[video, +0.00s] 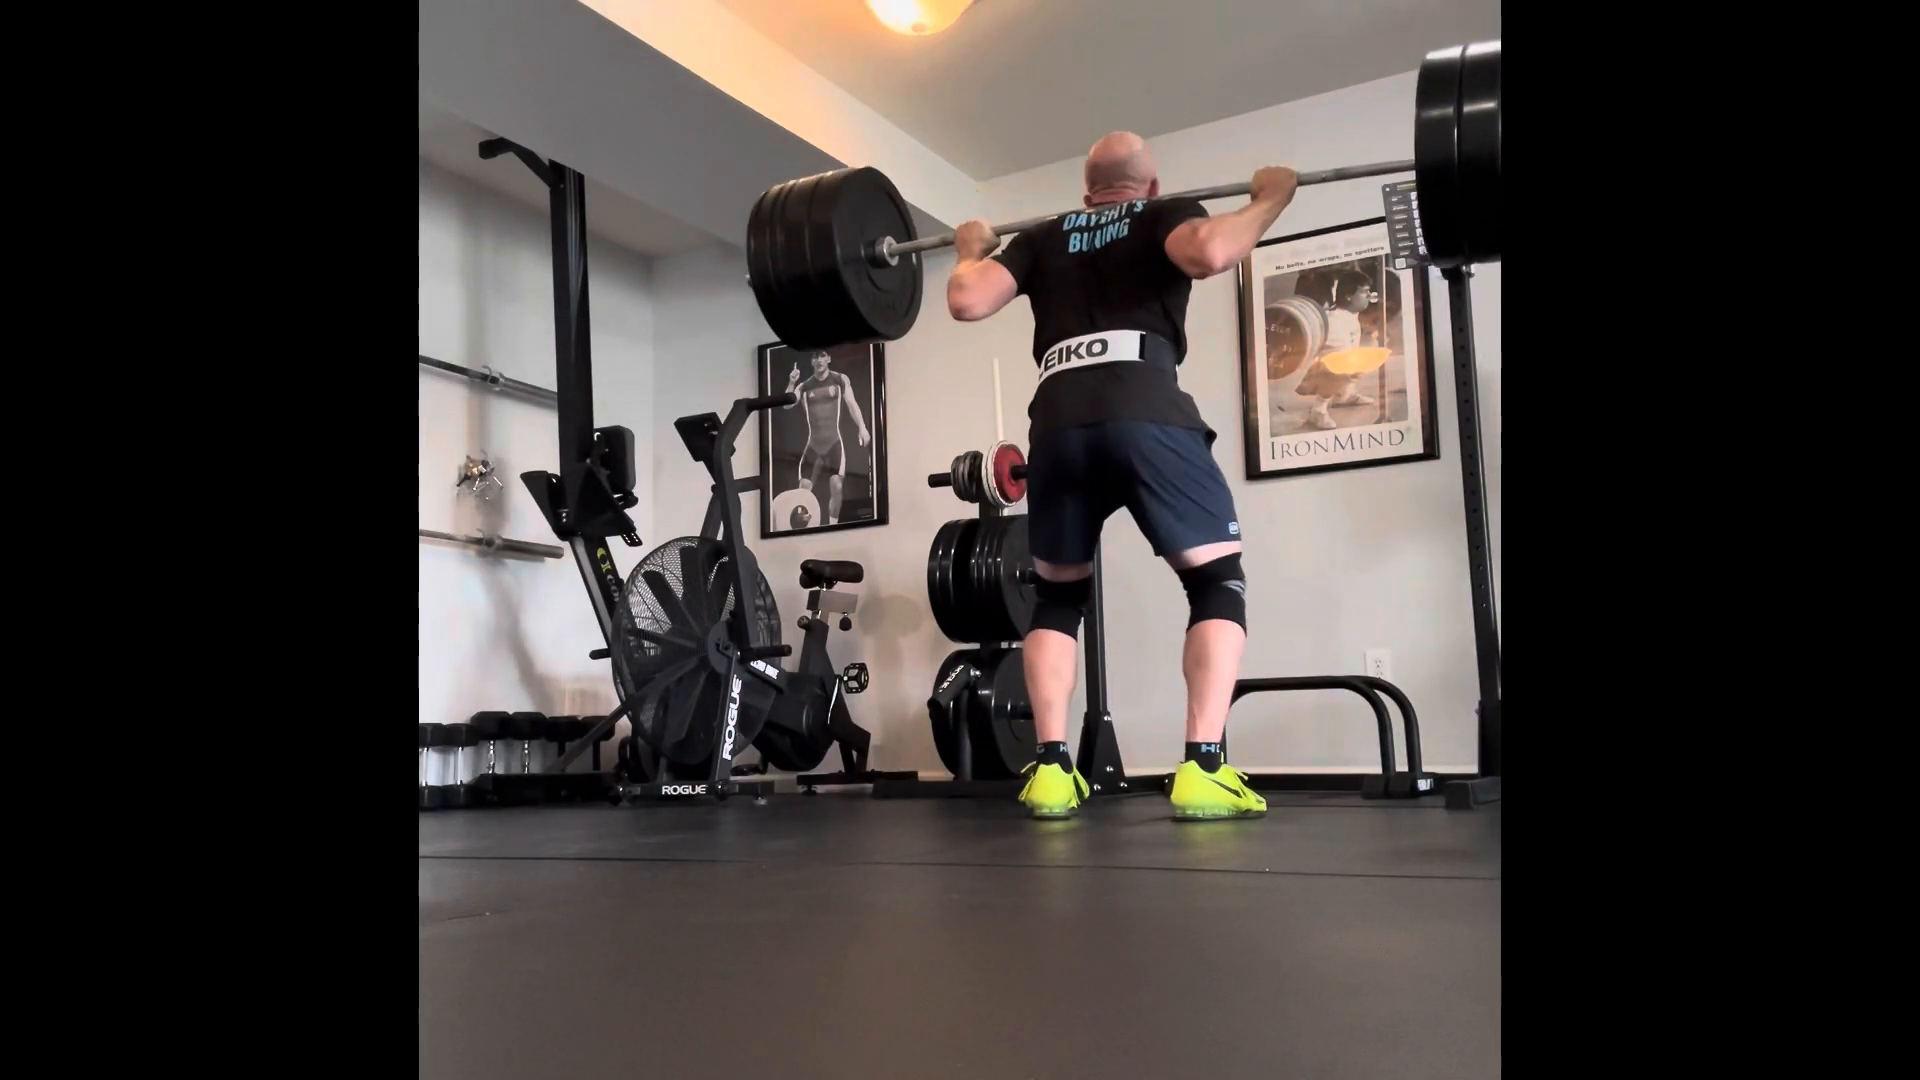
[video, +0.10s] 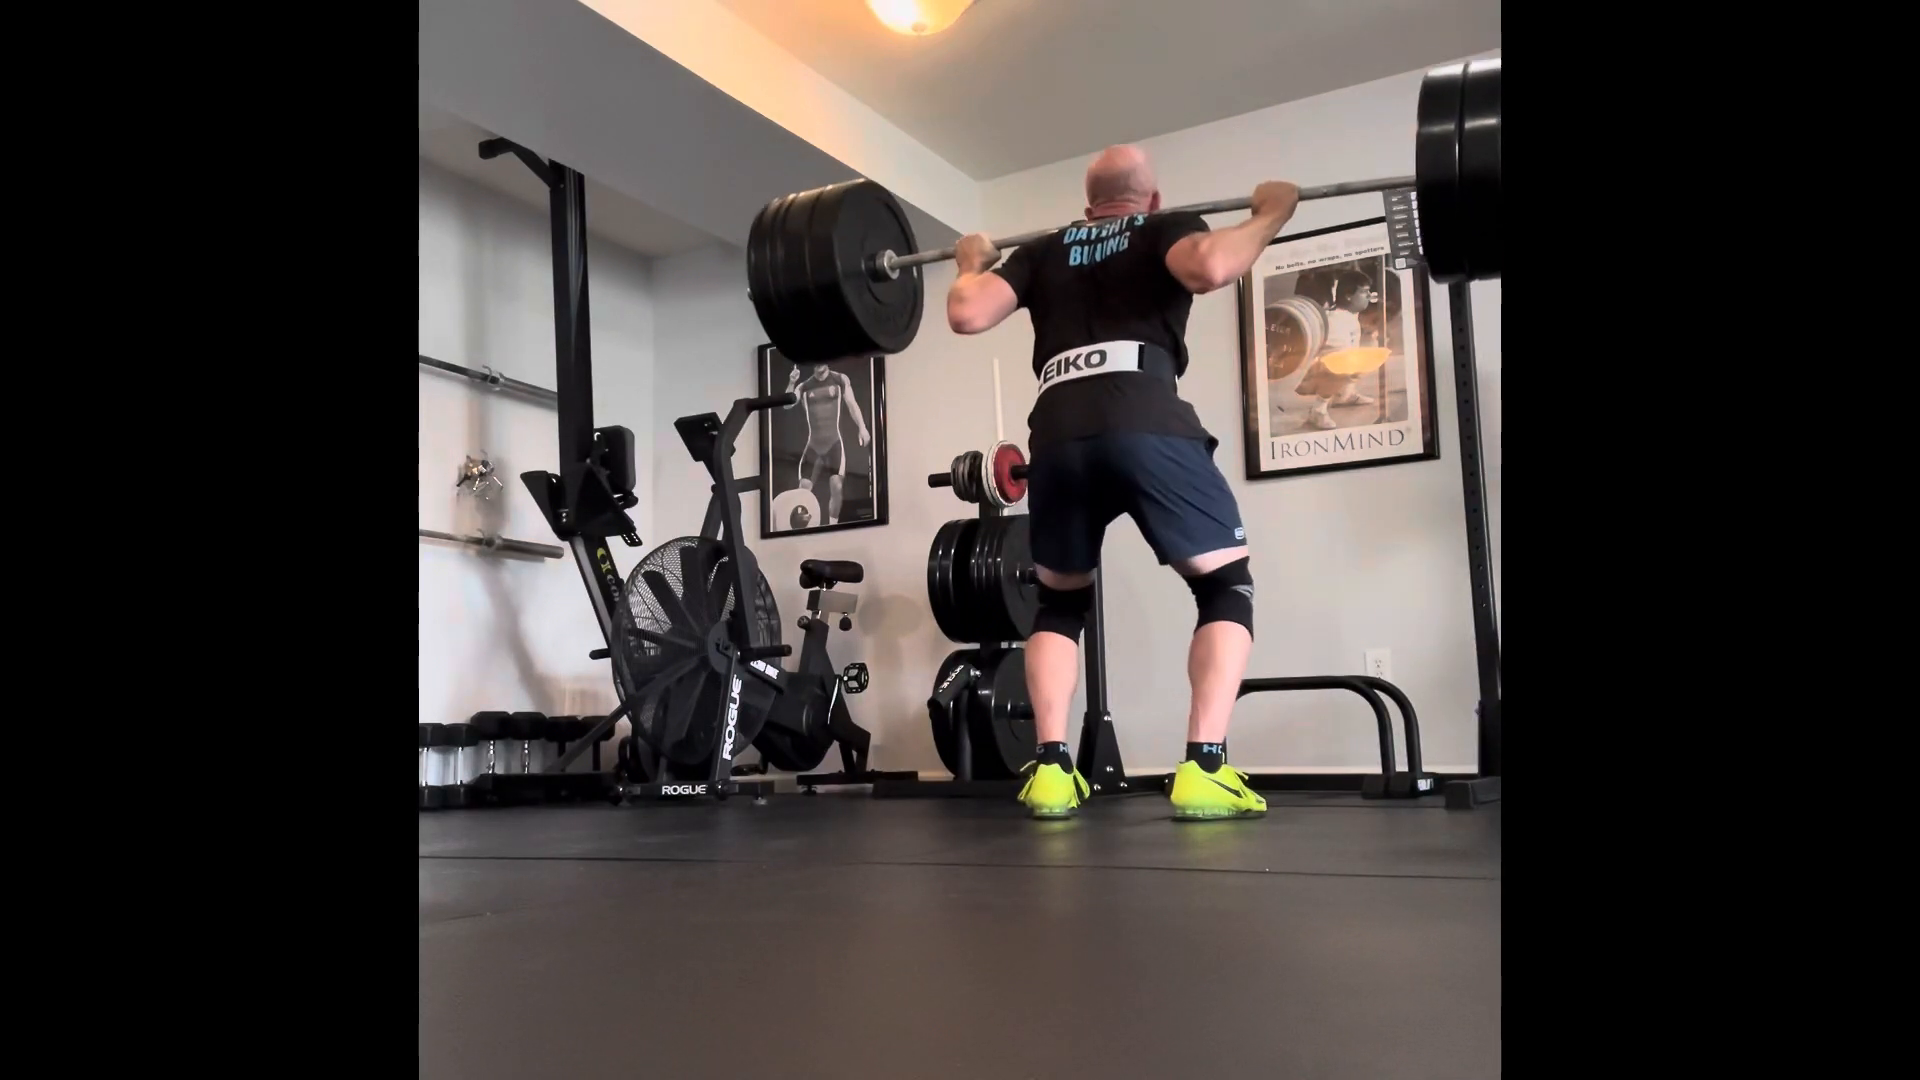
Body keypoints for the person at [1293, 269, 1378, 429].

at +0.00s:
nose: (1369, 296)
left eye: (1368, 292)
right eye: (1364, 292)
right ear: (1348, 296)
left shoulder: (1353, 317)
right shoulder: (1336, 319)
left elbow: (1352, 351)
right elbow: (1334, 356)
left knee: (1358, 363)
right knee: (1339, 368)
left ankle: (1345, 394)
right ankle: (1318, 409)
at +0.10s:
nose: (1369, 296)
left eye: (1368, 292)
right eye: (1364, 292)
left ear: (1350, 297)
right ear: (1348, 296)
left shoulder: (1353, 317)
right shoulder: (1337, 318)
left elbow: (1352, 350)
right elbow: (1334, 355)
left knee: (1358, 363)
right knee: (1340, 368)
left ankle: (1345, 394)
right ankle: (1318, 409)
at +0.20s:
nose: (1369, 296)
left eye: (1368, 292)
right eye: (1364, 292)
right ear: (1348, 296)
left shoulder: (1353, 317)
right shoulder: (1337, 318)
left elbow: (1352, 350)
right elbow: (1336, 355)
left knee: (1359, 363)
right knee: (1340, 369)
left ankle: (1345, 394)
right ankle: (1318, 409)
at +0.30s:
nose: (1369, 296)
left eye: (1368, 292)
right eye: (1364, 292)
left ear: (1349, 297)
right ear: (1348, 296)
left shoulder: (1353, 317)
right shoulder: (1336, 319)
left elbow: (1352, 350)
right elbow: (1332, 355)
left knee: (1358, 364)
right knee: (1340, 370)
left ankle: (1345, 394)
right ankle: (1319, 409)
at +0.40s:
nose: (1369, 296)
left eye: (1368, 292)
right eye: (1365, 292)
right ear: (1348, 296)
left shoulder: (1353, 317)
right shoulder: (1337, 318)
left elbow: (1352, 350)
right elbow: (1334, 355)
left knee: (1359, 365)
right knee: (1339, 370)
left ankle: (1345, 394)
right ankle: (1318, 409)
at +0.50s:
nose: (1369, 296)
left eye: (1368, 292)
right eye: (1364, 292)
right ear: (1348, 296)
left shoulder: (1353, 316)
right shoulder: (1337, 318)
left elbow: (1352, 350)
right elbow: (1335, 355)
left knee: (1358, 362)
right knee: (1340, 368)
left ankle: (1345, 394)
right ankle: (1318, 409)